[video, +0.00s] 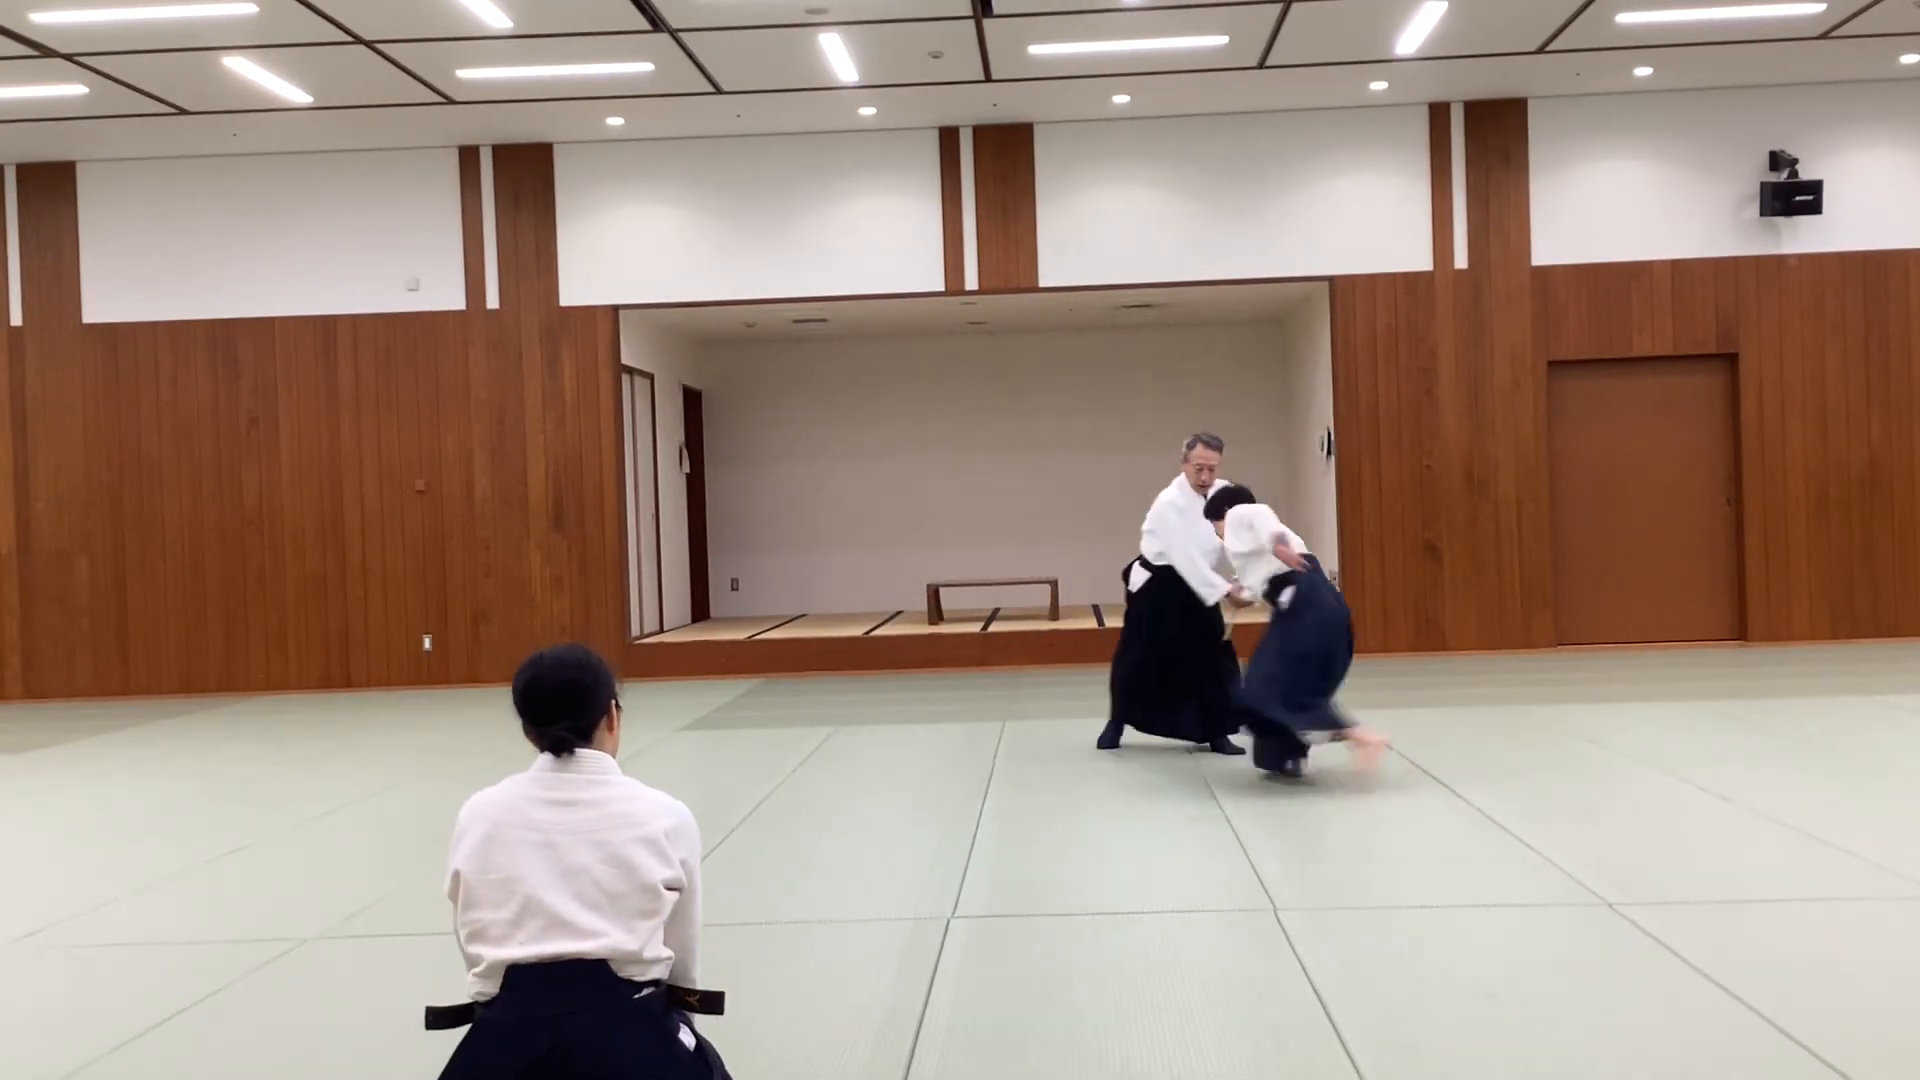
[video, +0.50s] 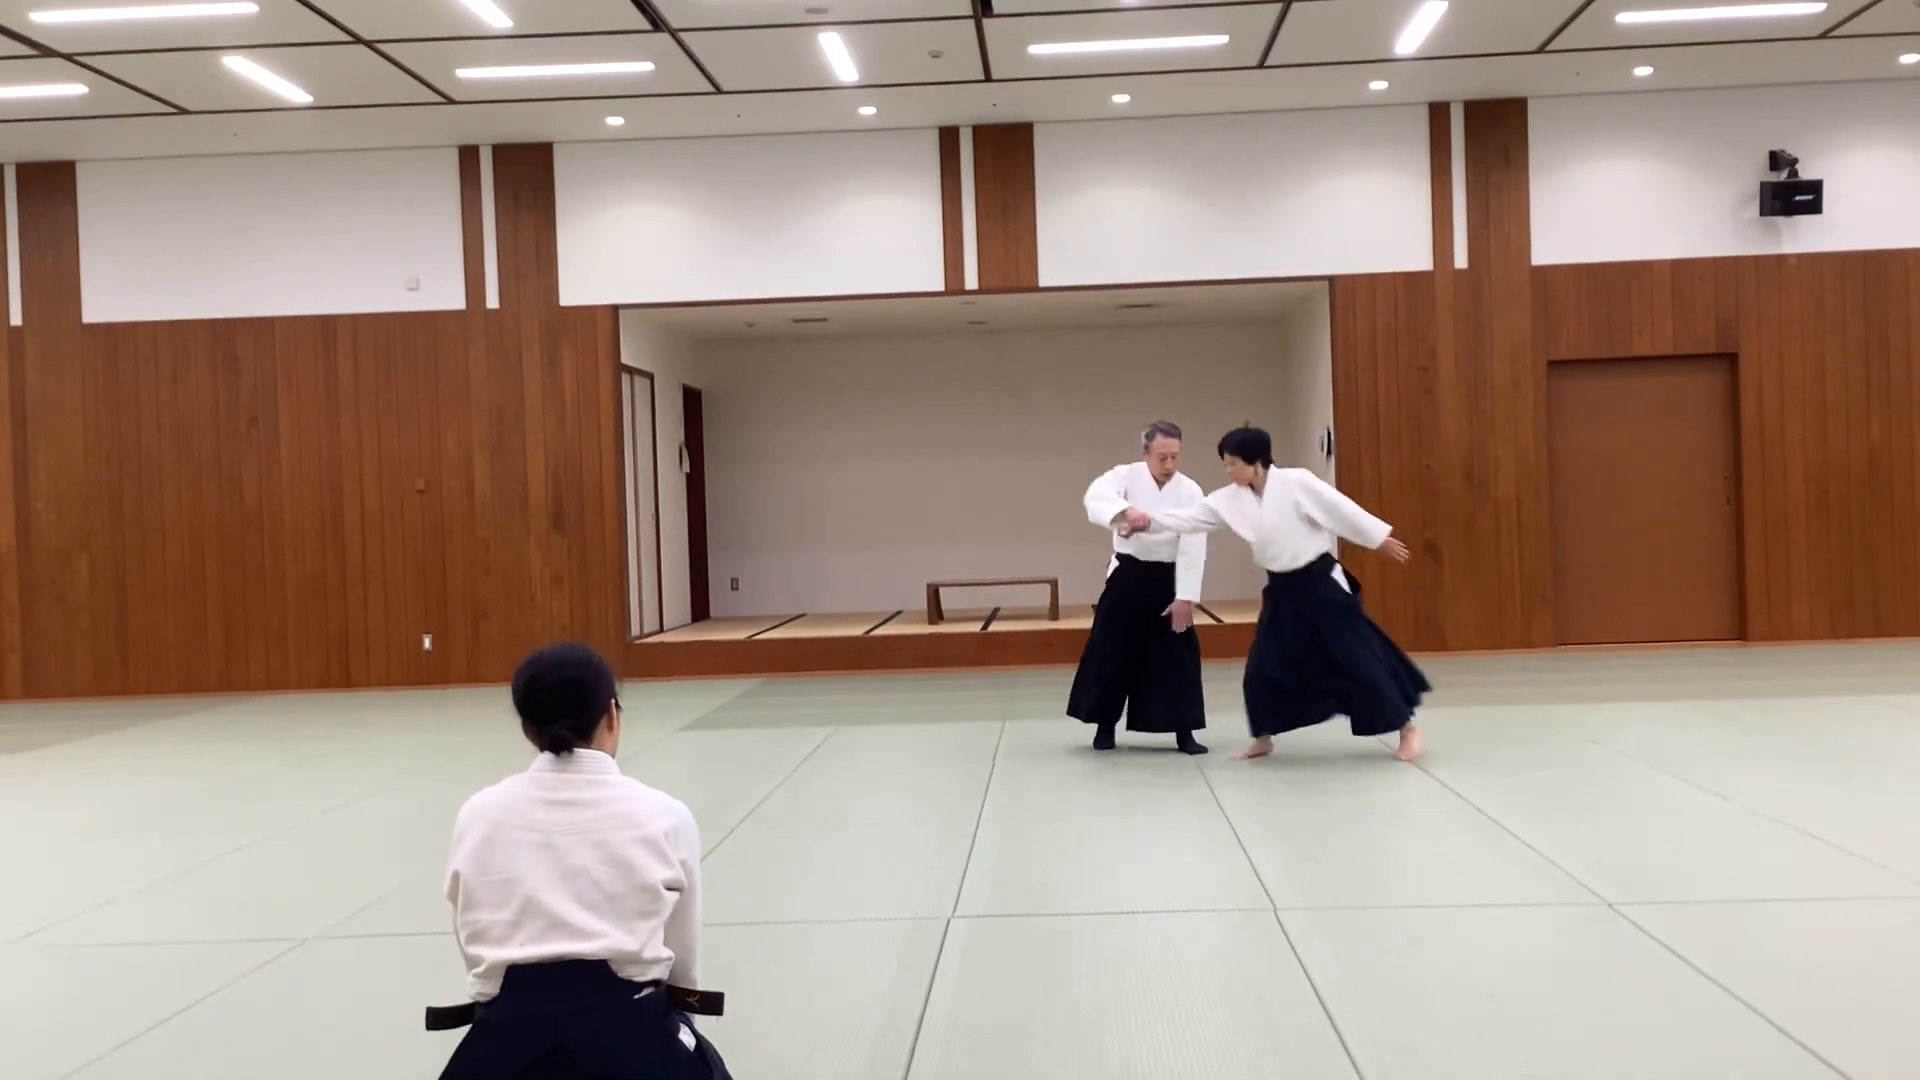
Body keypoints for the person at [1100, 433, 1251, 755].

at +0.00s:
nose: (1205, 476)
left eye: (1212, 469)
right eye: (1199, 468)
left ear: (1219, 468)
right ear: (1184, 465)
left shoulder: (1220, 495)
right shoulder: (1168, 502)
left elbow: (1241, 537)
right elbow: (1183, 558)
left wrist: (1250, 576)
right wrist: (1223, 589)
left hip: (1196, 582)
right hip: (1155, 584)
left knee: (1212, 656)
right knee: (1134, 656)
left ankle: (1216, 732)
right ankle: (1115, 723)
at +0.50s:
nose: (1168, 464)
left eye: (1174, 457)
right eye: (1161, 457)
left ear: (1180, 456)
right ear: (1145, 454)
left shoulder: (1190, 492)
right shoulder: (1125, 475)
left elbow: (1193, 548)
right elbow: (1095, 497)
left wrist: (1186, 598)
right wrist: (1121, 514)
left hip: (1170, 577)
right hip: (1128, 576)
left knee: (1180, 656)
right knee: (1114, 652)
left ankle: (1185, 732)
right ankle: (1105, 726)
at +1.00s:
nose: (1167, 486)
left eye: (1172, 478)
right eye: (1159, 480)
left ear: (1185, 472)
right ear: (1150, 478)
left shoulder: (1207, 497)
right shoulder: (1141, 499)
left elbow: (1247, 523)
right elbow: (1107, 519)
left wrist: (1275, 559)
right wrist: (1136, 529)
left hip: (1205, 594)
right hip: (1159, 593)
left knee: (1223, 662)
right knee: (1138, 663)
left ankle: (1237, 733)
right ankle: (1131, 737)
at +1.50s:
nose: (1299, 514)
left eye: (1305, 508)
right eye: (1295, 505)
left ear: (1308, 508)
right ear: (1274, 498)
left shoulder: (1294, 543)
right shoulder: (1244, 525)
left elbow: (1287, 590)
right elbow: (1248, 571)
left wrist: (1272, 631)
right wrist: (1293, 594)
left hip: (1246, 615)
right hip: (1207, 608)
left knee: (1267, 678)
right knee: (1187, 678)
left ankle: (1265, 748)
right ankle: (1162, 742)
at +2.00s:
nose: (1267, 476)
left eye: (1269, 469)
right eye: (1262, 468)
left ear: (1246, 468)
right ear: (1239, 466)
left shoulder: (1247, 508)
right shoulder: (1218, 499)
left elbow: (1259, 564)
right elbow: (1251, 540)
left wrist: (1274, 606)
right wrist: (1298, 537)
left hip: (1232, 597)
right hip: (1195, 597)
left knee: (1286, 658)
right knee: (1198, 667)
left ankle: (1279, 738)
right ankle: (1192, 737)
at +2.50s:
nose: (1315, 476)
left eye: (1317, 469)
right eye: (1310, 467)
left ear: (1292, 468)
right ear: (1287, 465)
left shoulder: (1295, 505)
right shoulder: (1250, 501)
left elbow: (1297, 558)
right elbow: (1243, 559)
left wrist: (1301, 606)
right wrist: (1247, 611)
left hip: (1262, 589)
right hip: (1225, 588)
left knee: (1296, 659)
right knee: (1243, 666)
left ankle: (1289, 741)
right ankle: (1194, 736)